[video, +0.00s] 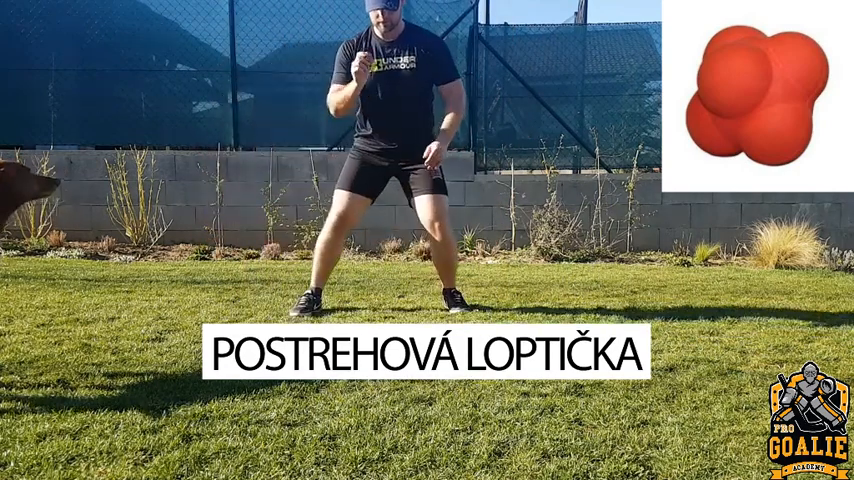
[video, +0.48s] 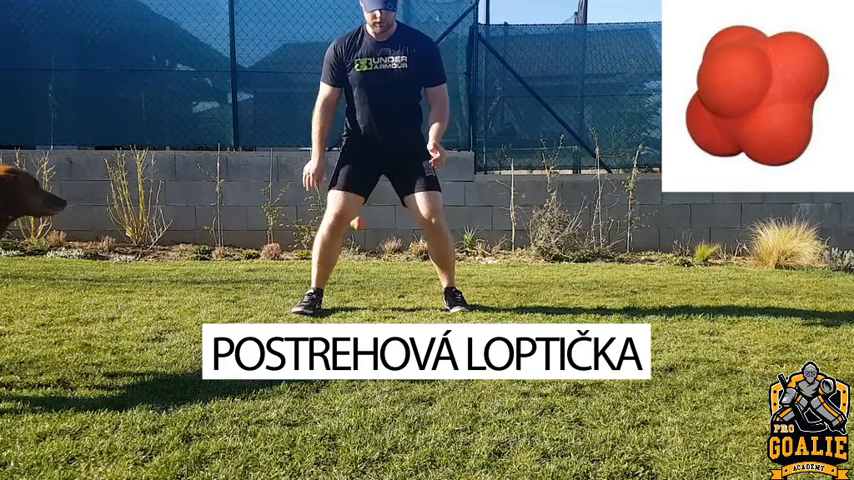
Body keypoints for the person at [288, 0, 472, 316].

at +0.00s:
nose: (382, 16)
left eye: (389, 9)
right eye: (376, 10)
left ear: (401, 6)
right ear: (367, 10)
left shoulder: (429, 45)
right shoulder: (351, 49)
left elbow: (456, 100)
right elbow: (336, 108)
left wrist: (442, 142)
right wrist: (357, 82)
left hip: (418, 149)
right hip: (369, 148)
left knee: (437, 227)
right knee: (338, 218)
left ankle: (451, 293)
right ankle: (313, 294)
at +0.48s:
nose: (379, 16)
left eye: (385, 9)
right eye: (371, 10)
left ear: (395, 8)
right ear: (362, 9)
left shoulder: (421, 46)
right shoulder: (342, 49)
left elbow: (439, 102)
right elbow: (325, 103)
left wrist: (434, 138)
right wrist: (317, 155)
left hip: (409, 148)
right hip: (360, 148)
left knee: (433, 217)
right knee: (334, 218)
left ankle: (450, 290)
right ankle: (314, 293)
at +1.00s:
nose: (291, 56)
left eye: (298, 47)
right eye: (284, 50)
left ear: (315, 46)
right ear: (277, 53)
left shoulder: (351, 81)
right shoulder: (273, 103)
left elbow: (384, 131)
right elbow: (253, 161)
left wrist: (375, 176)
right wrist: (273, 142)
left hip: (362, 171)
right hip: (312, 175)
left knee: (408, 235)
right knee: (286, 223)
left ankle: (446, 292)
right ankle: (276, 301)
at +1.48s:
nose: (341, 15)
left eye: (348, 7)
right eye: (334, 9)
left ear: (362, 11)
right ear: (327, 17)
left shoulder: (392, 56)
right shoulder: (315, 69)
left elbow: (420, 112)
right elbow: (296, 122)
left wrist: (395, 152)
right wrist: (313, 155)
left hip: (393, 157)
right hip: (344, 162)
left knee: (426, 227)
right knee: (312, 219)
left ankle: (449, 291)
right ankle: (279, 299)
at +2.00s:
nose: (392, 14)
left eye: (400, 7)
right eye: (386, 7)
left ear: (411, 7)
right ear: (378, 8)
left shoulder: (434, 46)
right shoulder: (359, 47)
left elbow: (461, 99)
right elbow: (344, 106)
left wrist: (448, 136)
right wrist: (367, 78)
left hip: (421, 149)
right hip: (373, 148)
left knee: (440, 224)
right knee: (341, 219)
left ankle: (452, 292)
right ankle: (318, 293)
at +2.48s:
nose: (391, 18)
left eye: (398, 12)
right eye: (384, 11)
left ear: (407, 10)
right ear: (372, 8)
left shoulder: (427, 49)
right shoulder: (350, 51)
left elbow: (444, 102)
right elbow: (331, 105)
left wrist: (442, 133)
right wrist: (323, 156)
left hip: (412, 149)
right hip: (365, 149)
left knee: (436, 217)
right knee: (336, 222)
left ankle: (452, 293)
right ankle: (319, 293)